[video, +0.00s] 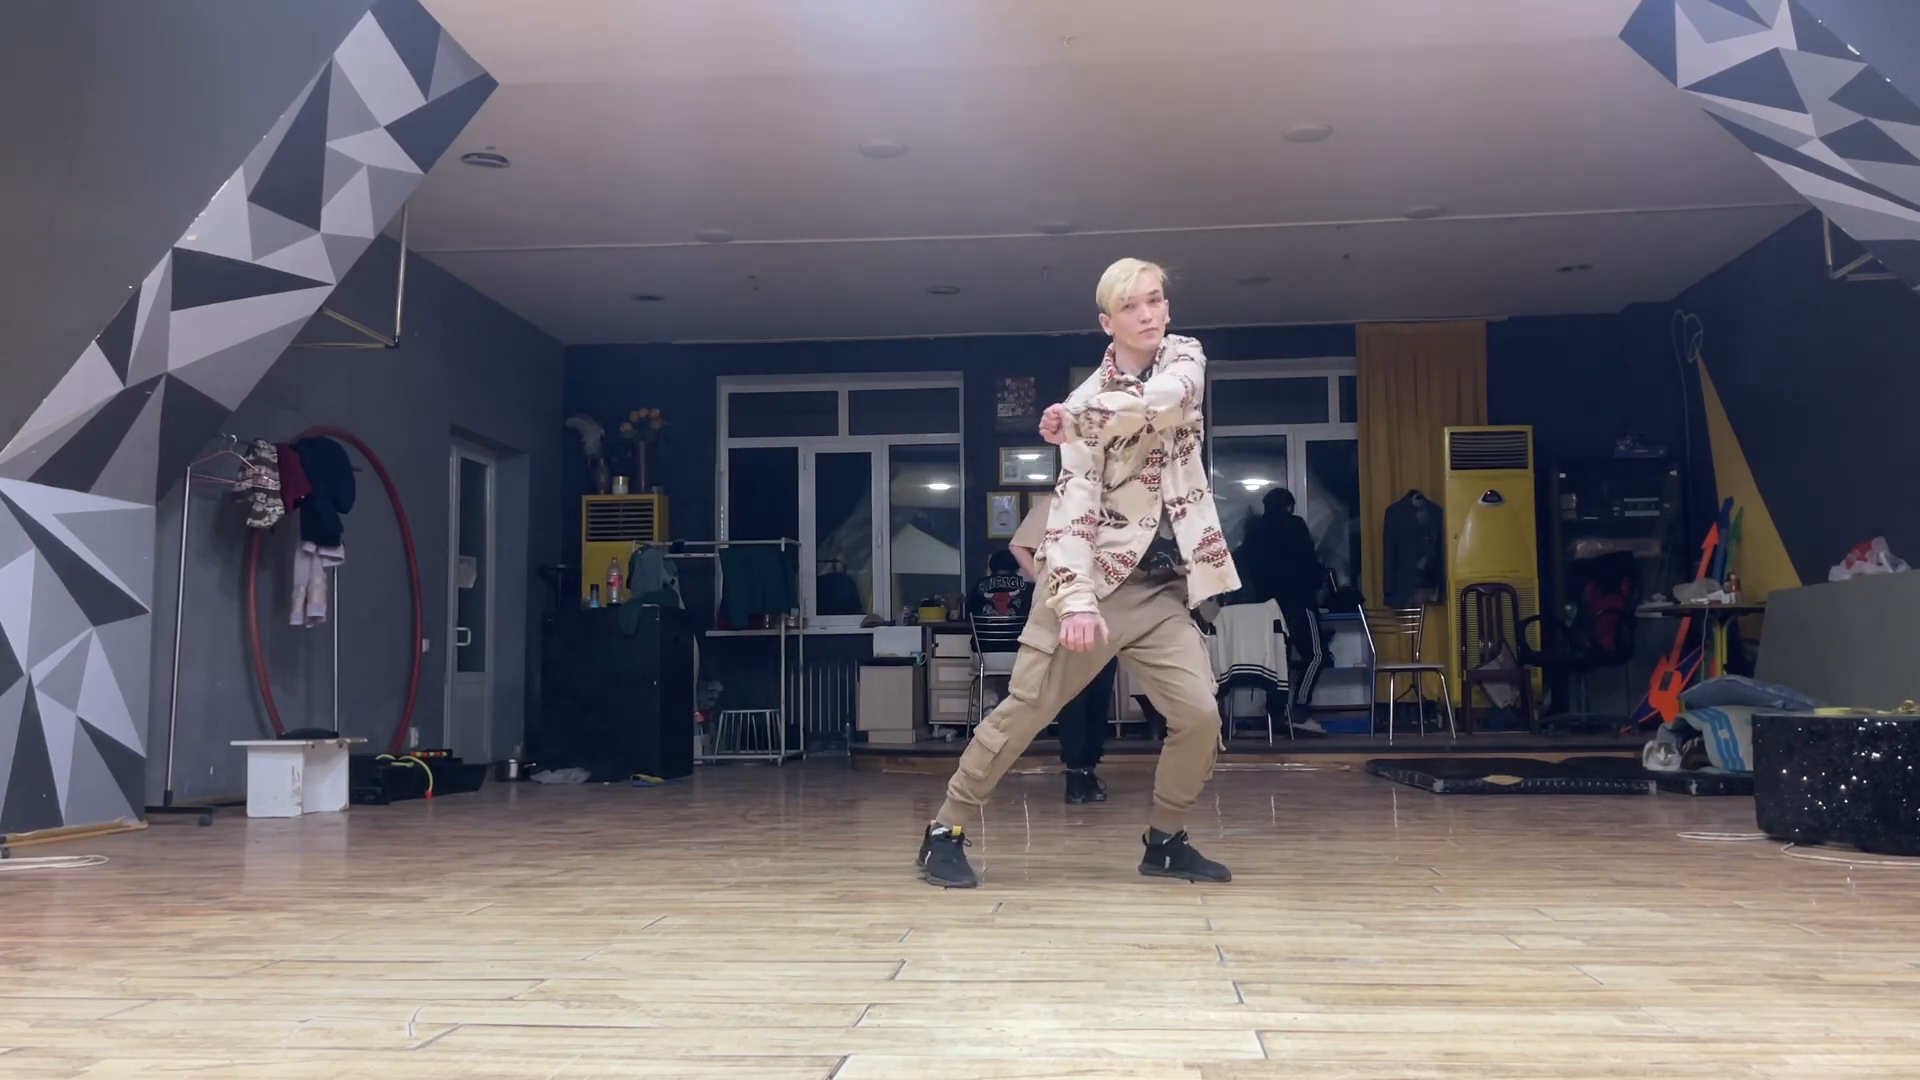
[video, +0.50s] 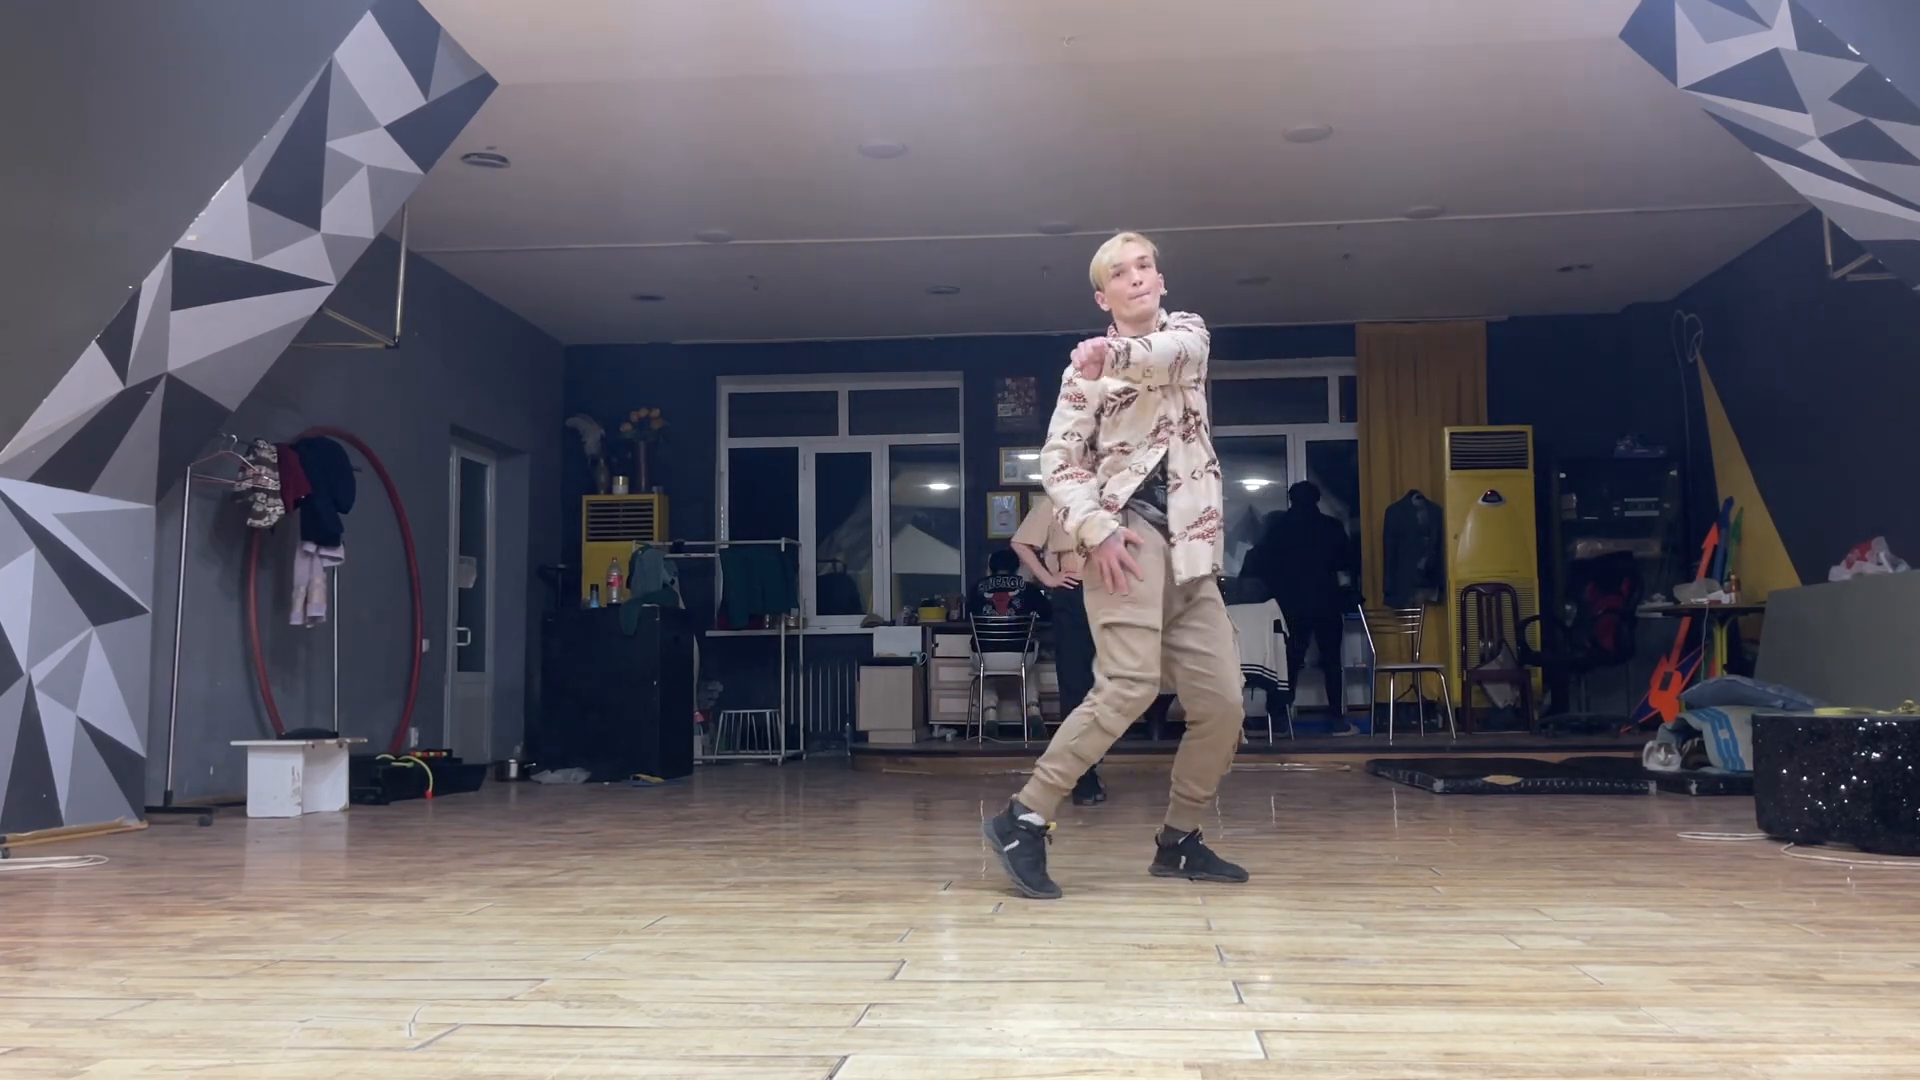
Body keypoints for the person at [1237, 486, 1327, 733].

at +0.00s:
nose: (1291, 510)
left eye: (1289, 507)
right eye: (1291, 507)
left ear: (1267, 506)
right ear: (1289, 506)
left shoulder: (1255, 528)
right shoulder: (1295, 524)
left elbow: (1247, 561)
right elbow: (1307, 562)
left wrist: (1260, 585)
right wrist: (1318, 580)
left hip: (1265, 600)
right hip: (1295, 598)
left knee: (1277, 655)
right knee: (1315, 655)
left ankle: (1274, 713)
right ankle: (1299, 711)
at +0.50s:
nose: (1307, 503)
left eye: (1299, 498)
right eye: (1310, 498)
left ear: (1291, 500)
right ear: (1316, 500)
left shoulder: (1277, 525)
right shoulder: (1331, 525)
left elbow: (1260, 561)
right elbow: (1346, 561)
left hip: (1289, 603)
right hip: (1325, 602)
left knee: (1289, 660)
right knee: (1331, 662)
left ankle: (1278, 718)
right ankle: (1336, 720)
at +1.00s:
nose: (1308, 505)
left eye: (1308, 501)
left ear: (1309, 502)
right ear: (1333, 501)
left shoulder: (1298, 530)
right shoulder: (1349, 528)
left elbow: (1286, 569)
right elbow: (1361, 561)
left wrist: (1289, 605)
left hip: (1307, 606)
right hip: (1341, 605)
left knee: (1303, 663)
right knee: (1338, 663)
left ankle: (1298, 718)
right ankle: (1339, 720)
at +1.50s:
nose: (1290, 506)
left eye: (1291, 502)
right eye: (1291, 503)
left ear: (1294, 502)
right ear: (1317, 500)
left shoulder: (1284, 529)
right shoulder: (1335, 525)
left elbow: (1267, 566)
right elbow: (1358, 553)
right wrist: (1356, 593)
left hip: (1300, 604)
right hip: (1333, 602)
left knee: (1301, 662)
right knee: (1334, 662)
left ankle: (1300, 719)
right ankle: (1337, 719)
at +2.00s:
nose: (1288, 506)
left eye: (1289, 502)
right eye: (1289, 502)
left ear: (1291, 502)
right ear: (1315, 501)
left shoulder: (1280, 529)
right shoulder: (1333, 526)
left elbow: (1264, 566)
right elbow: (1355, 556)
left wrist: (1278, 592)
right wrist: (1355, 593)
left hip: (1296, 603)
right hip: (1330, 601)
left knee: (1300, 661)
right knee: (1333, 661)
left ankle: (1300, 716)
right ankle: (1337, 718)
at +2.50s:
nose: (1298, 504)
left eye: (1298, 500)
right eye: (1298, 500)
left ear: (1301, 500)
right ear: (1325, 500)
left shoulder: (1289, 530)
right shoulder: (1342, 527)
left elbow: (1277, 569)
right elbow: (1359, 565)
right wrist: (1353, 595)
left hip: (1301, 605)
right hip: (1333, 603)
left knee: (1302, 663)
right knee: (1334, 661)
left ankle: (1300, 719)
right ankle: (1337, 719)